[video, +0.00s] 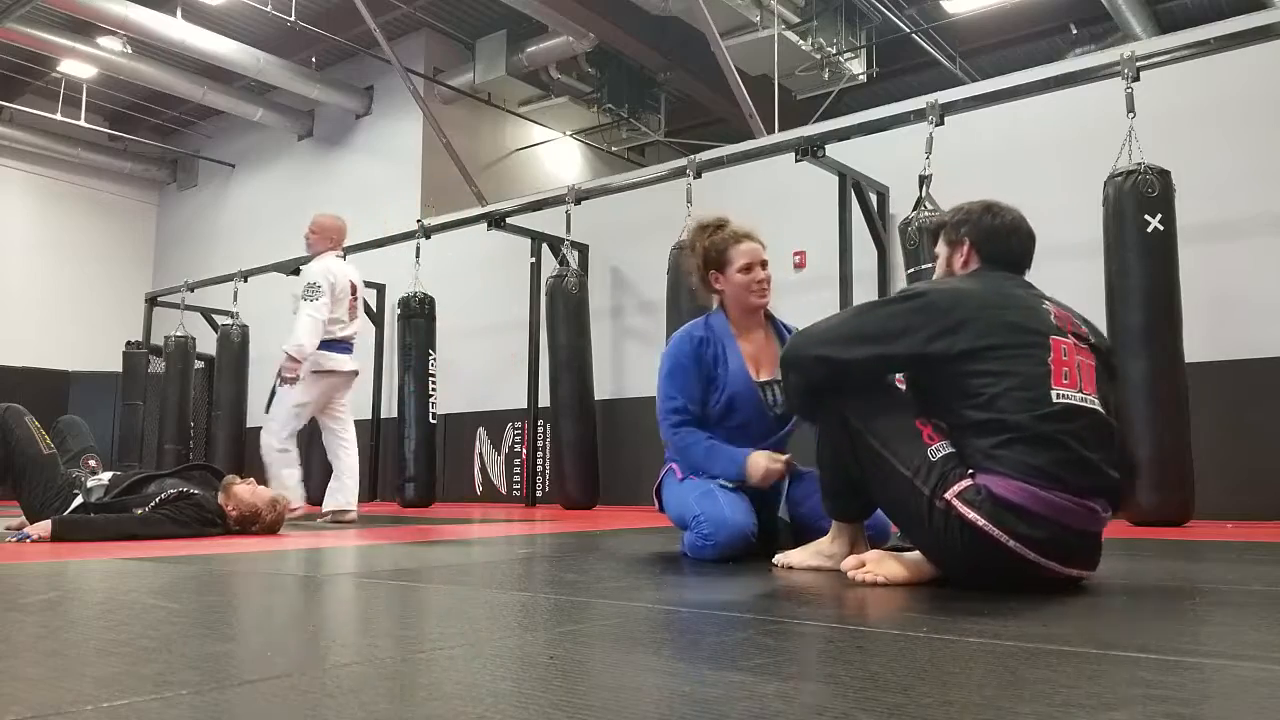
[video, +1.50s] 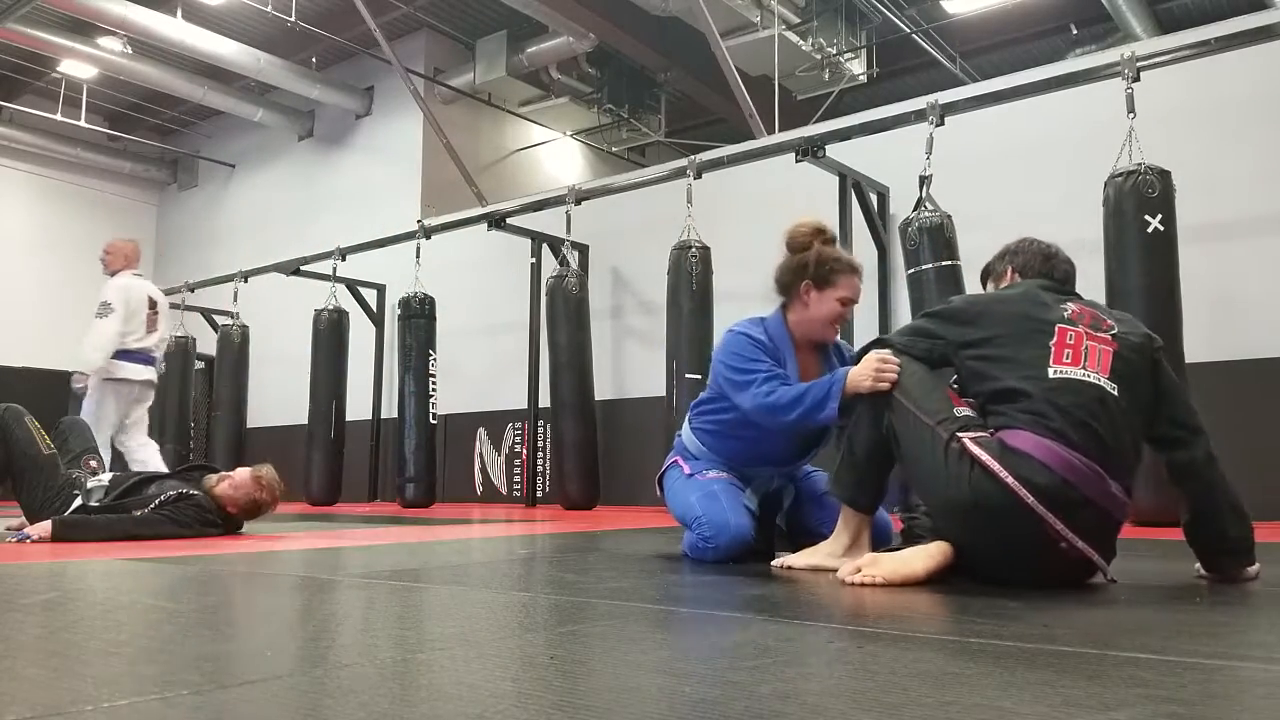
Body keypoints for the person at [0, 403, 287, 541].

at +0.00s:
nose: (248, 477)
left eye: (250, 488)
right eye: (257, 483)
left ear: (234, 510)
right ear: (235, 504)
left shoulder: (199, 513)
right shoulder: (218, 490)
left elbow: (130, 524)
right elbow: (158, 483)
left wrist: (55, 526)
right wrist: (115, 478)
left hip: (70, 500)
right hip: (103, 485)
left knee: (11, 414)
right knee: (69, 421)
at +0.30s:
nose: (251, 478)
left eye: (252, 489)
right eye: (259, 485)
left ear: (233, 509)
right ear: (237, 502)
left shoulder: (198, 513)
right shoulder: (217, 484)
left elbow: (130, 525)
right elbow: (158, 482)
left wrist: (56, 526)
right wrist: (116, 480)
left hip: (68, 499)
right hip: (101, 484)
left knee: (11, 414)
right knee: (70, 422)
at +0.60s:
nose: (250, 478)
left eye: (251, 488)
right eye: (258, 484)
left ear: (233, 510)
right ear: (237, 503)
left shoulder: (198, 514)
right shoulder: (216, 483)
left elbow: (129, 525)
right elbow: (153, 483)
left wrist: (57, 526)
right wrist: (113, 481)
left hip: (68, 500)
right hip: (101, 484)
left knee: (11, 414)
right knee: (70, 422)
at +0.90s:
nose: (248, 477)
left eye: (250, 489)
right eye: (256, 483)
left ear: (234, 511)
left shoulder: (200, 514)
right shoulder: (214, 482)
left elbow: (129, 525)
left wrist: (57, 526)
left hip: (68, 500)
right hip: (100, 483)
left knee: (11, 414)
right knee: (70, 421)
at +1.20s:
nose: (243, 477)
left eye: (246, 488)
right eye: (250, 481)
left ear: (234, 512)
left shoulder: (199, 514)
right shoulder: (214, 483)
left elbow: (128, 525)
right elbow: (157, 476)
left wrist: (56, 526)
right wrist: (116, 481)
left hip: (68, 501)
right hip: (100, 483)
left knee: (11, 414)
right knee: (71, 421)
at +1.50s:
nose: (225, 479)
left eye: (232, 489)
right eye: (233, 475)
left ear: (236, 509)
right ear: (234, 470)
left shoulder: (197, 514)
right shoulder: (210, 480)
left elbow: (129, 525)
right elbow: (151, 489)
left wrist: (57, 526)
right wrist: (114, 479)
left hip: (69, 501)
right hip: (101, 482)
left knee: (11, 415)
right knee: (72, 422)